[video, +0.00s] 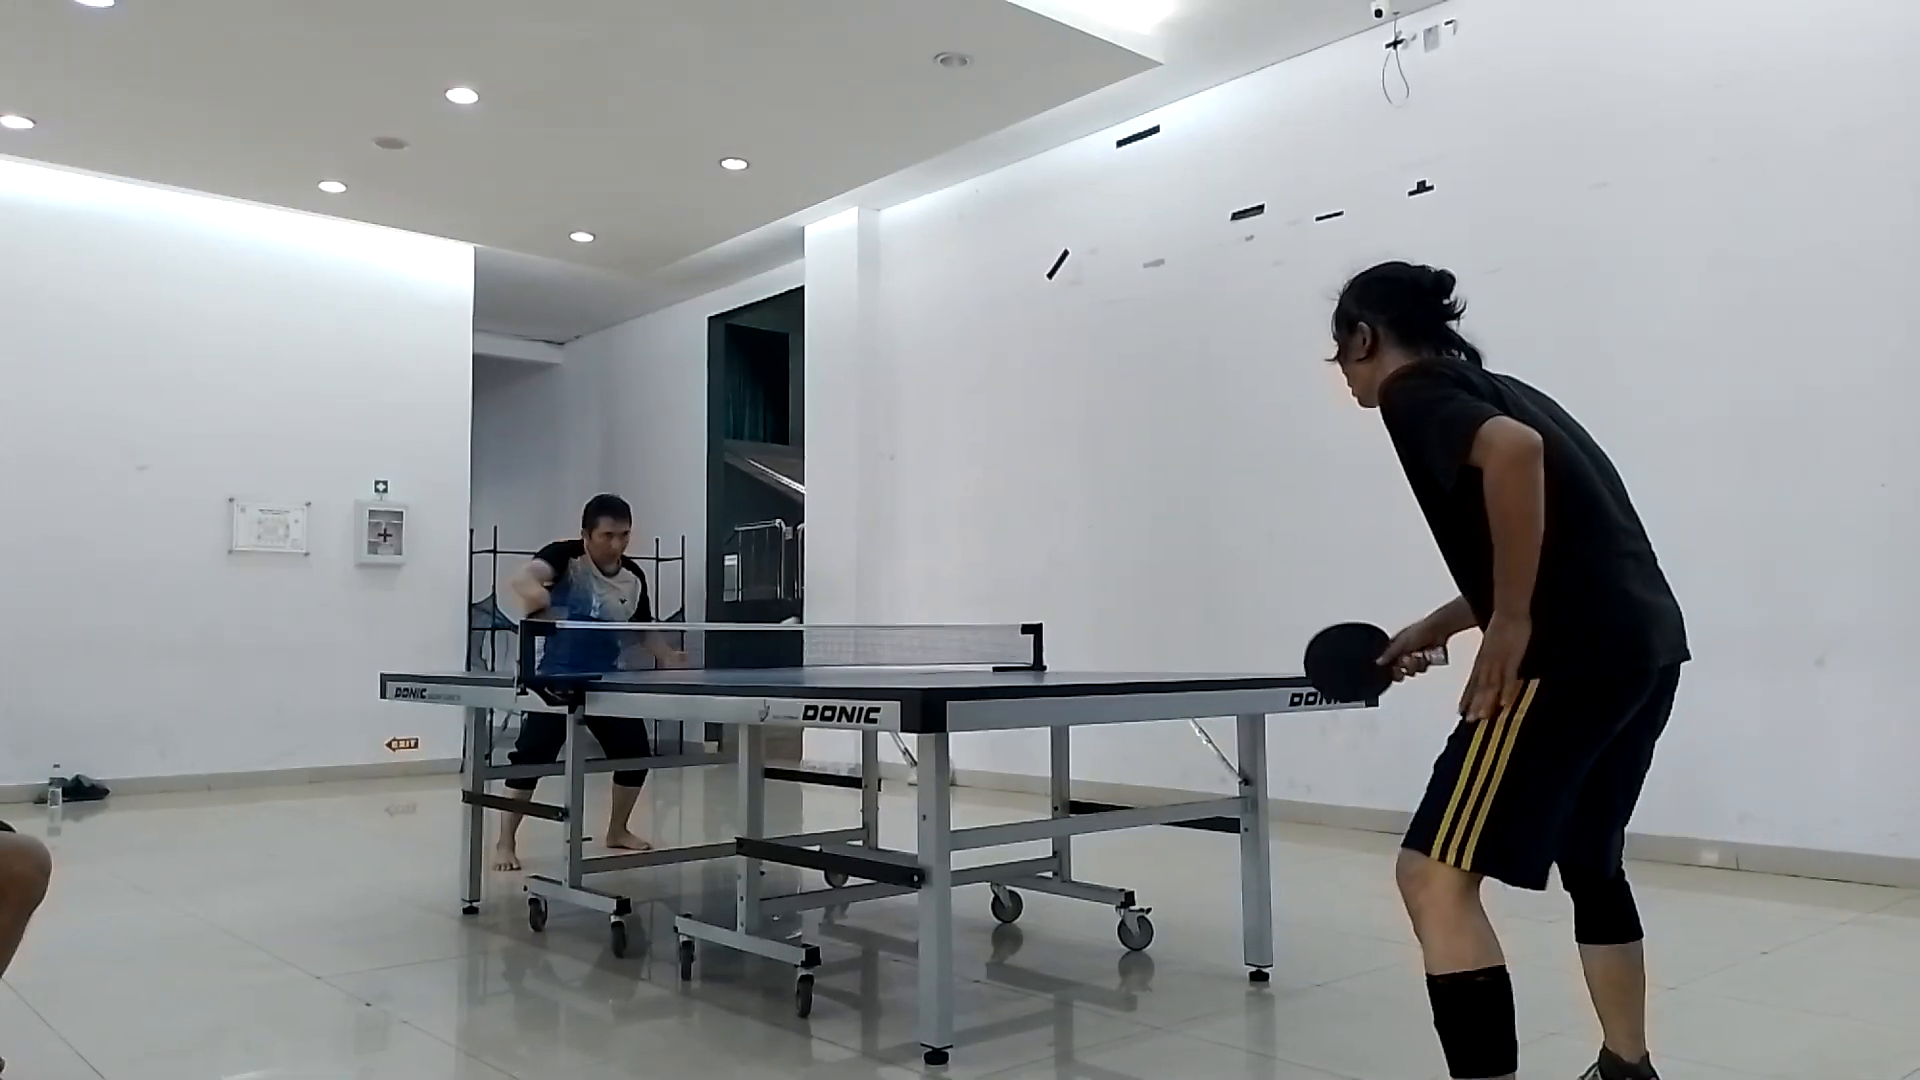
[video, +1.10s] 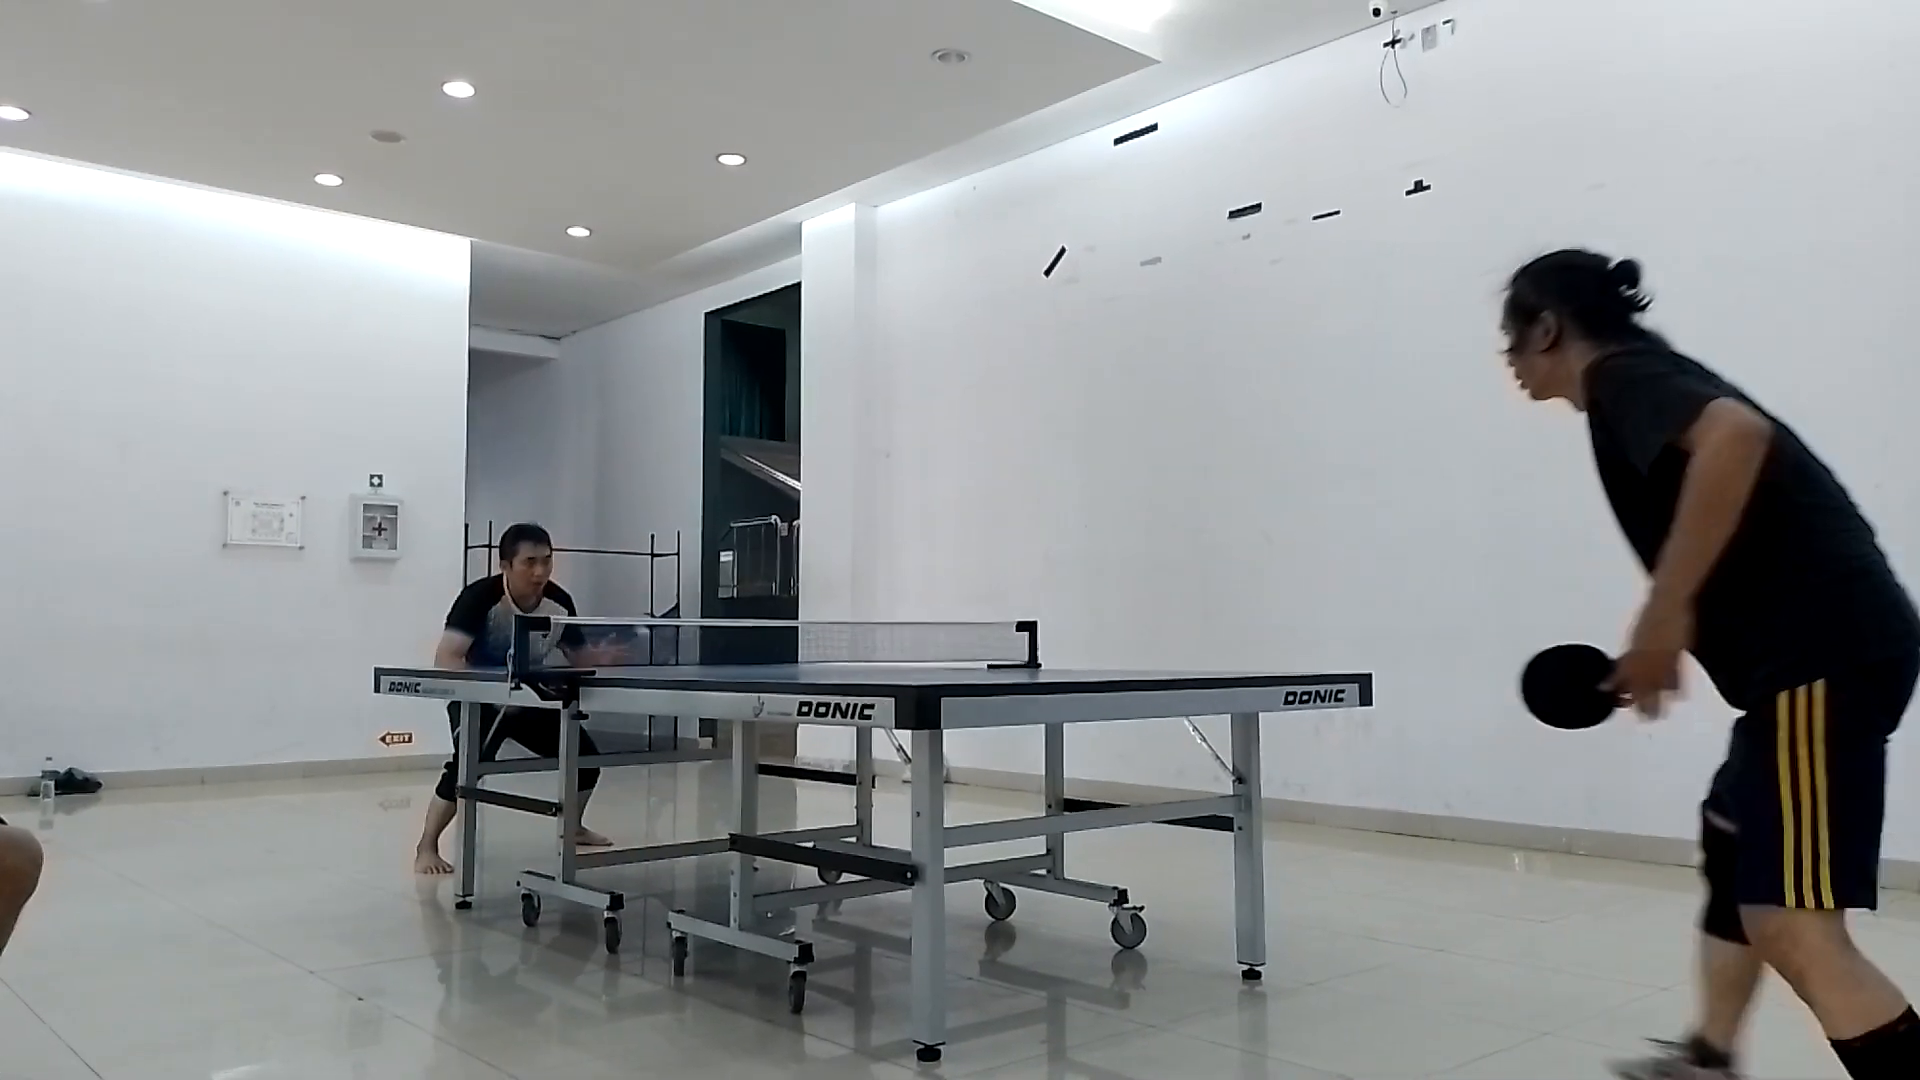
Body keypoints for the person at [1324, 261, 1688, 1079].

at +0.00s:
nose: (1344, 378)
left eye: (1343, 356)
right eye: (1340, 360)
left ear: (1370, 337)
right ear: (1431, 334)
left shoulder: (1415, 391)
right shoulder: (1502, 391)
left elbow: (1512, 446)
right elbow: (1553, 557)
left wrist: (1510, 626)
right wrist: (1436, 628)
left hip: (1567, 649)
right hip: (1646, 644)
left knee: (1432, 873)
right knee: (1591, 859)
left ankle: (1484, 1072)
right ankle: (1628, 1064)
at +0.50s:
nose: (1372, 433)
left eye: (1370, 412)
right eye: (1365, 417)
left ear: (1397, 391)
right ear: (1422, 384)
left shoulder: (1468, 404)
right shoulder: (1491, 432)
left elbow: (1565, 435)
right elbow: (1460, 514)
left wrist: (1533, 600)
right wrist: (1350, 551)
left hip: (1629, 663)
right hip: (1688, 659)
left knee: (1503, 873)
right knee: (1595, 866)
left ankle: (1508, 1071)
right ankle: (1623, 1064)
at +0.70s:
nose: (1402, 448)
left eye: (1404, 428)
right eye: (1400, 432)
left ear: (1436, 422)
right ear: (1455, 422)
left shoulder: (1533, 440)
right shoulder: (1489, 509)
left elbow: (1670, 442)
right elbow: (1394, 551)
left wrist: (1635, 589)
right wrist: (1283, 570)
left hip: (1708, 664)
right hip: (1685, 672)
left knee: (1585, 861)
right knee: (1603, 862)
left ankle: (1606, 1067)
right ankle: (1619, 1063)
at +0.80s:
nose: (1422, 441)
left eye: (1421, 422)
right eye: (1418, 425)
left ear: (1453, 406)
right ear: (1469, 408)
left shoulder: (1550, 433)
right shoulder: (1525, 498)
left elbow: (1684, 449)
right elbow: (1474, 587)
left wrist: (1653, 599)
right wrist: (1339, 597)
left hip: (1734, 652)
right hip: (1693, 661)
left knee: (1628, 860)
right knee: (1604, 843)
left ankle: (1715, 1071)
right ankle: (1623, 1062)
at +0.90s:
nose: (1445, 412)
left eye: (1448, 391)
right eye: (1443, 394)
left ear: (1483, 381)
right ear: (1499, 382)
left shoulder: (1569, 416)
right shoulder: (1559, 464)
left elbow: (1690, 451)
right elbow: (1593, 600)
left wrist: (1637, 608)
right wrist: (1448, 640)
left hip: (1753, 656)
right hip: (1707, 667)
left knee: (1676, 883)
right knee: (1624, 835)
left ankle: (1834, 1070)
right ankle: (1623, 1060)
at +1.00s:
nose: (1476, 386)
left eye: (1479, 365)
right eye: (1474, 368)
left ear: (1513, 351)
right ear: (1532, 352)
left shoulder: (1594, 395)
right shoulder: (1588, 428)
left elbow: (1701, 444)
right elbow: (1667, 585)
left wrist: (1622, 616)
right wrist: (1570, 665)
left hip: (1783, 659)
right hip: (1741, 668)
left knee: (1757, 918)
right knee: (1677, 842)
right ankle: (1634, 1057)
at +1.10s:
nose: (1510, 364)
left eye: (1514, 341)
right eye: (1508, 345)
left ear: (1555, 326)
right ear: (1578, 324)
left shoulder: (1624, 377)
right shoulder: (1635, 390)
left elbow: (1736, 433)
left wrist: (1665, 609)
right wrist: (1657, 646)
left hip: (1824, 653)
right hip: (1800, 656)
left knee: (1792, 924)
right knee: (1732, 830)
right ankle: (1710, 1054)